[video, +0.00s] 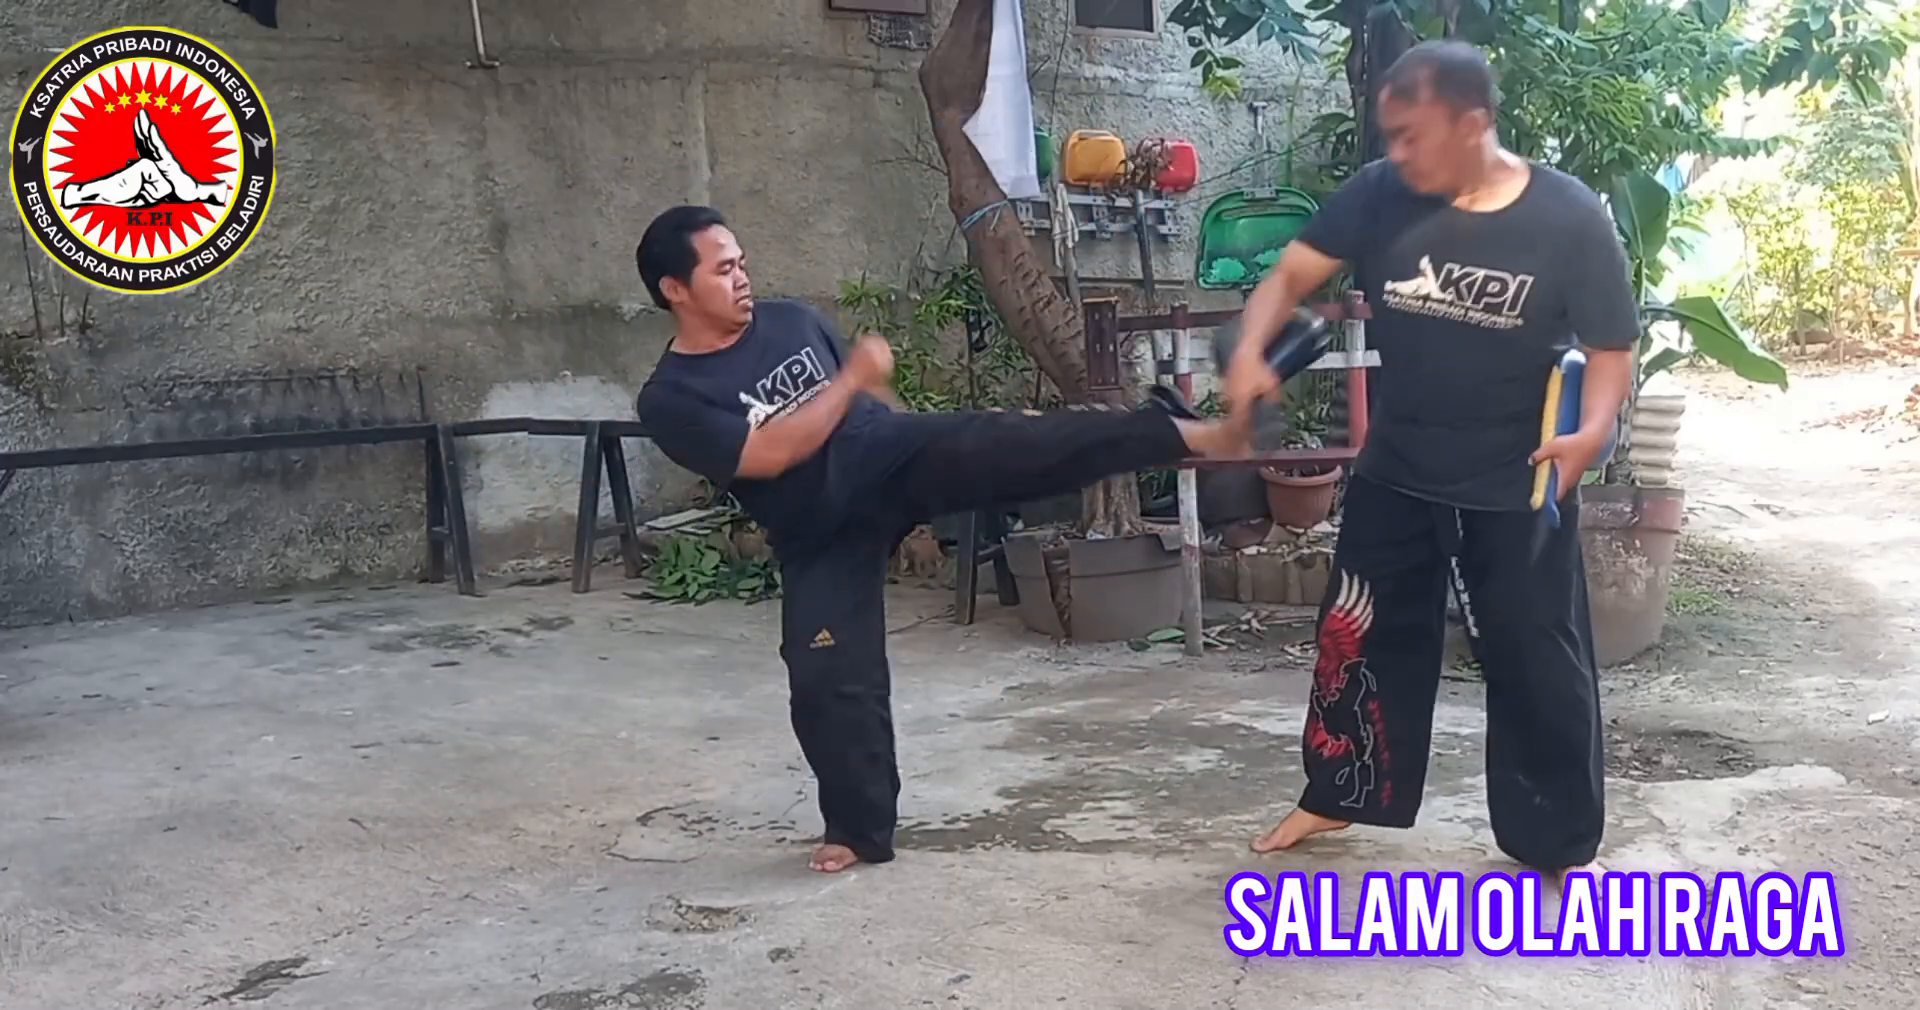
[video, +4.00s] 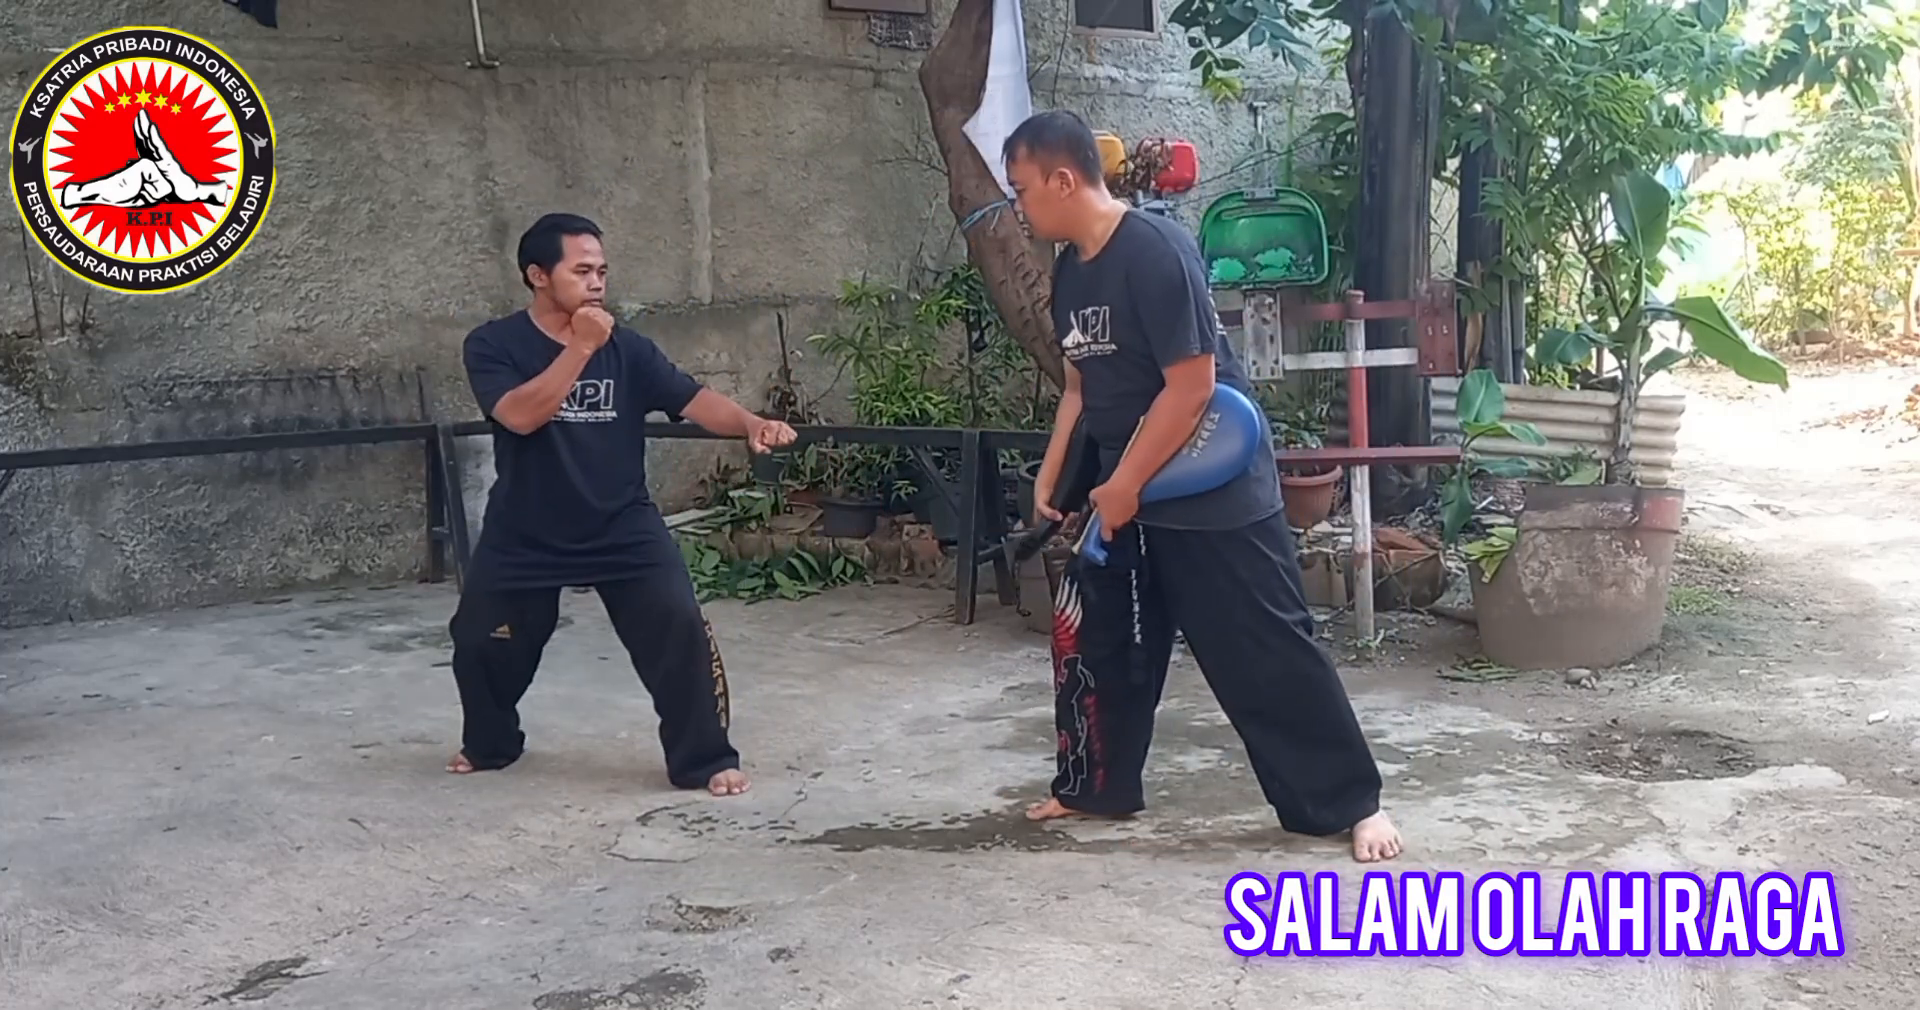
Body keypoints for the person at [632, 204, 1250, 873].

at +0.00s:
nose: (743, 277)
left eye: (740, 262)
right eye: (724, 268)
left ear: (744, 265)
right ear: (674, 291)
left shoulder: (795, 318)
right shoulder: (668, 398)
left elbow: (855, 389)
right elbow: (772, 451)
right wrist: (852, 378)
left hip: (892, 460)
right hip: (820, 537)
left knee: (1015, 440)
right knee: (825, 679)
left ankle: (1197, 438)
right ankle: (861, 830)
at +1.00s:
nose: (775, 238)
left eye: (776, 225)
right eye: (760, 227)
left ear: (772, 229)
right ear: (710, 236)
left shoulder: (783, 314)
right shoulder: (661, 313)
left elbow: (814, 402)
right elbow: (580, 382)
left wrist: (843, 463)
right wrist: (673, 386)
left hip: (766, 523)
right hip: (694, 524)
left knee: (729, 649)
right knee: (731, 654)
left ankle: (690, 769)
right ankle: (795, 811)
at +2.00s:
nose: (582, 245)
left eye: (588, 234)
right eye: (568, 233)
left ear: (593, 236)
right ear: (525, 235)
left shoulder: (607, 315)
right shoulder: (466, 297)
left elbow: (624, 400)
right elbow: (422, 369)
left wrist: (614, 451)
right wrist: (461, 427)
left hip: (565, 499)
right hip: (472, 498)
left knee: (577, 621)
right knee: (456, 616)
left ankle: (584, 736)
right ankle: (454, 730)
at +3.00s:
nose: (572, 248)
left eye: (576, 236)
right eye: (557, 236)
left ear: (582, 242)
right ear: (513, 244)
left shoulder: (604, 321)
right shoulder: (470, 319)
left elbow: (658, 393)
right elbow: (482, 395)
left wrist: (700, 441)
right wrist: (539, 321)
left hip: (599, 503)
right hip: (504, 507)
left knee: (650, 607)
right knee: (481, 620)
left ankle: (681, 748)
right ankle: (481, 735)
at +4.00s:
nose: (598, 281)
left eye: (601, 270)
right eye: (583, 269)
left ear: (604, 274)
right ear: (538, 275)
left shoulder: (626, 349)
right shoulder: (493, 344)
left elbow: (692, 399)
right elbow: (518, 416)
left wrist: (750, 423)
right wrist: (581, 349)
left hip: (623, 523)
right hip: (525, 530)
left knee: (677, 625)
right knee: (481, 638)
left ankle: (707, 761)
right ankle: (489, 744)